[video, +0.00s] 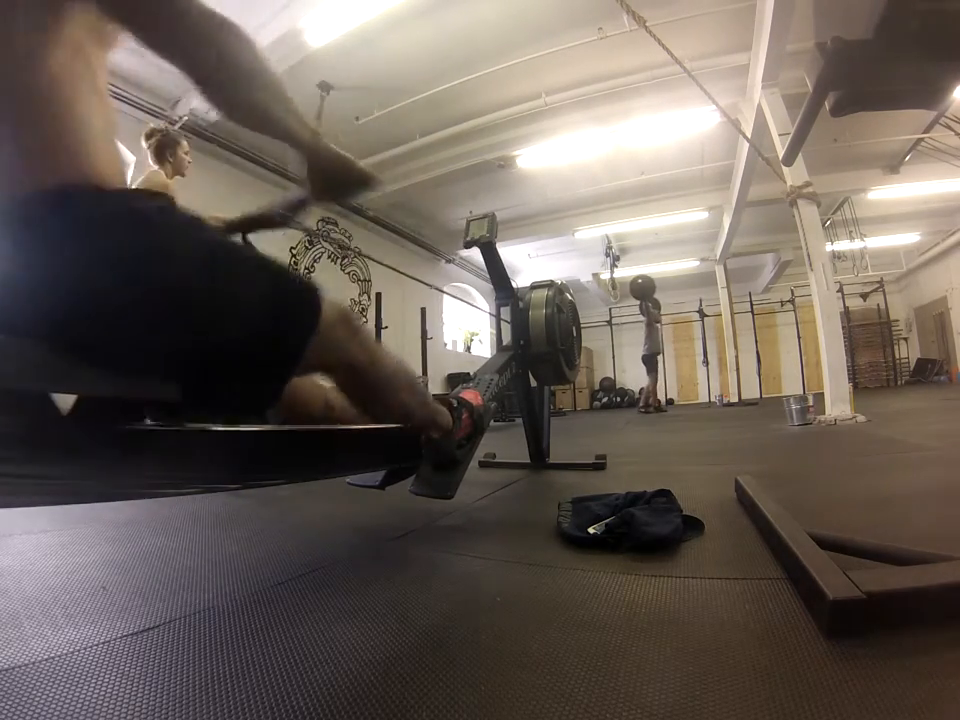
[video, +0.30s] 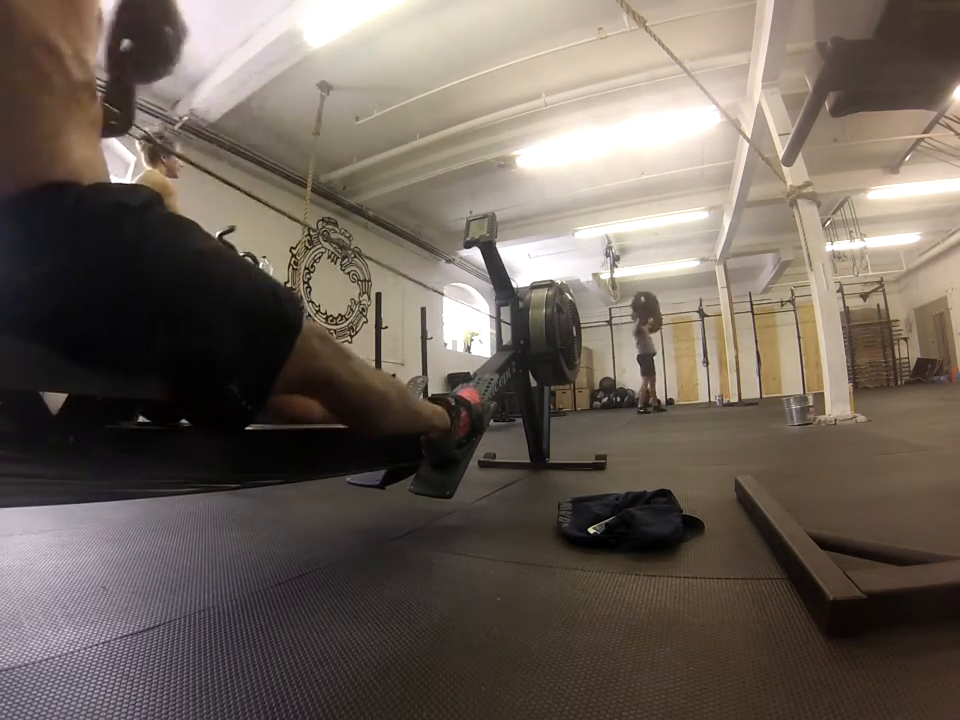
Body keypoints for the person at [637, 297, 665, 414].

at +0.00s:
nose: (659, 315)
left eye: (658, 313)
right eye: (657, 312)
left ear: (654, 312)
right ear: (651, 312)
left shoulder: (653, 324)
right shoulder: (649, 323)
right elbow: (647, 311)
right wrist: (645, 300)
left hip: (652, 354)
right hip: (649, 354)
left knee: (653, 381)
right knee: (652, 381)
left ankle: (654, 404)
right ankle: (644, 404)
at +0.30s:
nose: (646, 319)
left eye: (645, 318)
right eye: (644, 318)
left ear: (644, 318)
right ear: (640, 318)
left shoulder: (646, 329)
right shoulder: (638, 330)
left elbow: (656, 327)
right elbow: (641, 320)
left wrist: (656, 313)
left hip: (649, 355)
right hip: (643, 355)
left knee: (652, 380)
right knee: (646, 380)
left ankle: (655, 403)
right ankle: (641, 404)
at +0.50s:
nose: (642, 320)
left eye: (642, 318)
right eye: (640, 318)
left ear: (640, 318)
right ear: (636, 318)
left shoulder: (641, 330)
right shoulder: (634, 330)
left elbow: (644, 344)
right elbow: (635, 344)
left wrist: (650, 350)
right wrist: (644, 351)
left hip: (645, 355)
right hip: (639, 355)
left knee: (649, 379)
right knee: (642, 380)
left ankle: (651, 403)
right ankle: (640, 404)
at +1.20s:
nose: (656, 327)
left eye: (657, 325)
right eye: (655, 325)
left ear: (650, 322)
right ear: (651, 322)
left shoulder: (645, 330)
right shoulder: (645, 330)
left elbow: (649, 346)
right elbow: (648, 345)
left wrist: (654, 357)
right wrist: (655, 357)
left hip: (642, 356)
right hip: (639, 356)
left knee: (648, 380)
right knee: (647, 380)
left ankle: (647, 404)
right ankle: (646, 405)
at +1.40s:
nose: (663, 328)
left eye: (663, 326)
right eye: (662, 325)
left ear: (657, 324)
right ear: (657, 323)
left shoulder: (651, 332)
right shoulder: (651, 332)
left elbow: (651, 348)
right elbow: (652, 348)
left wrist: (653, 361)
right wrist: (653, 362)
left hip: (644, 357)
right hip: (642, 357)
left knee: (650, 381)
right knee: (649, 382)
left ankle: (648, 404)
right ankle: (647, 405)